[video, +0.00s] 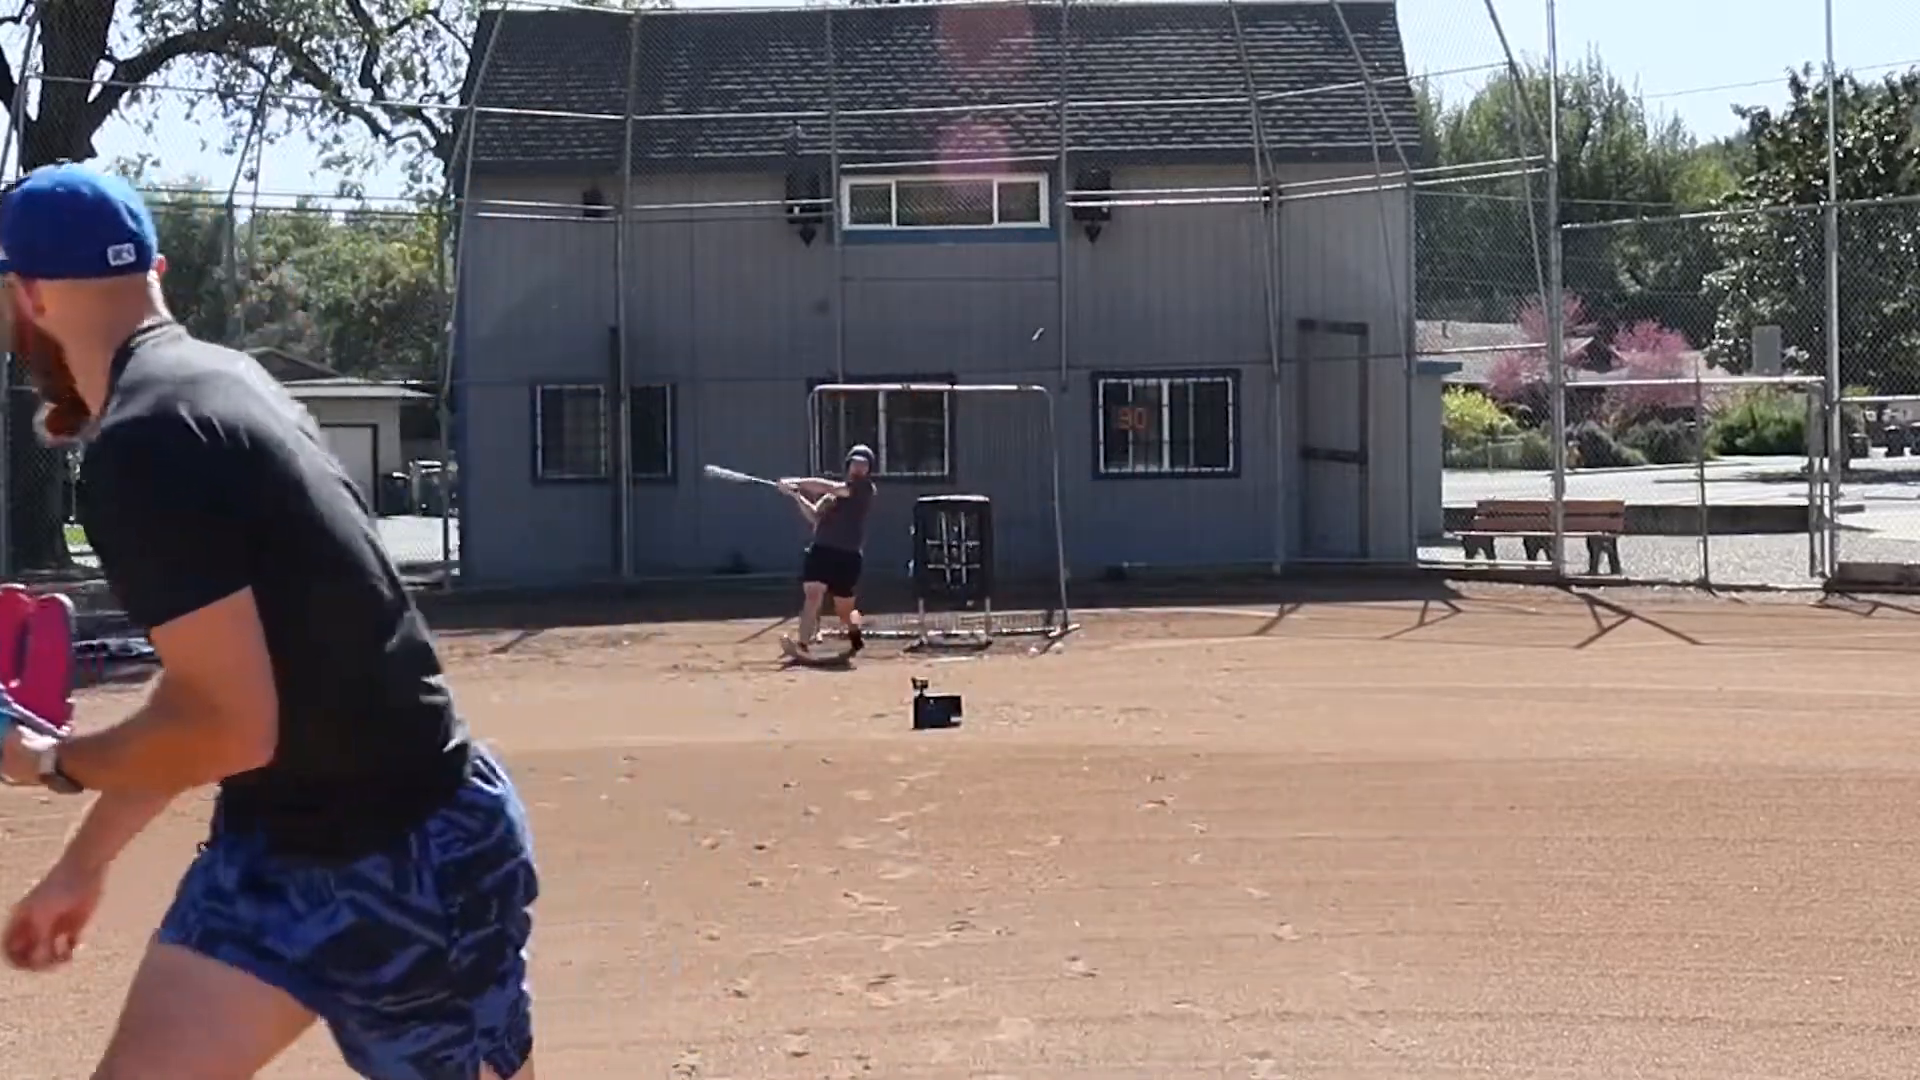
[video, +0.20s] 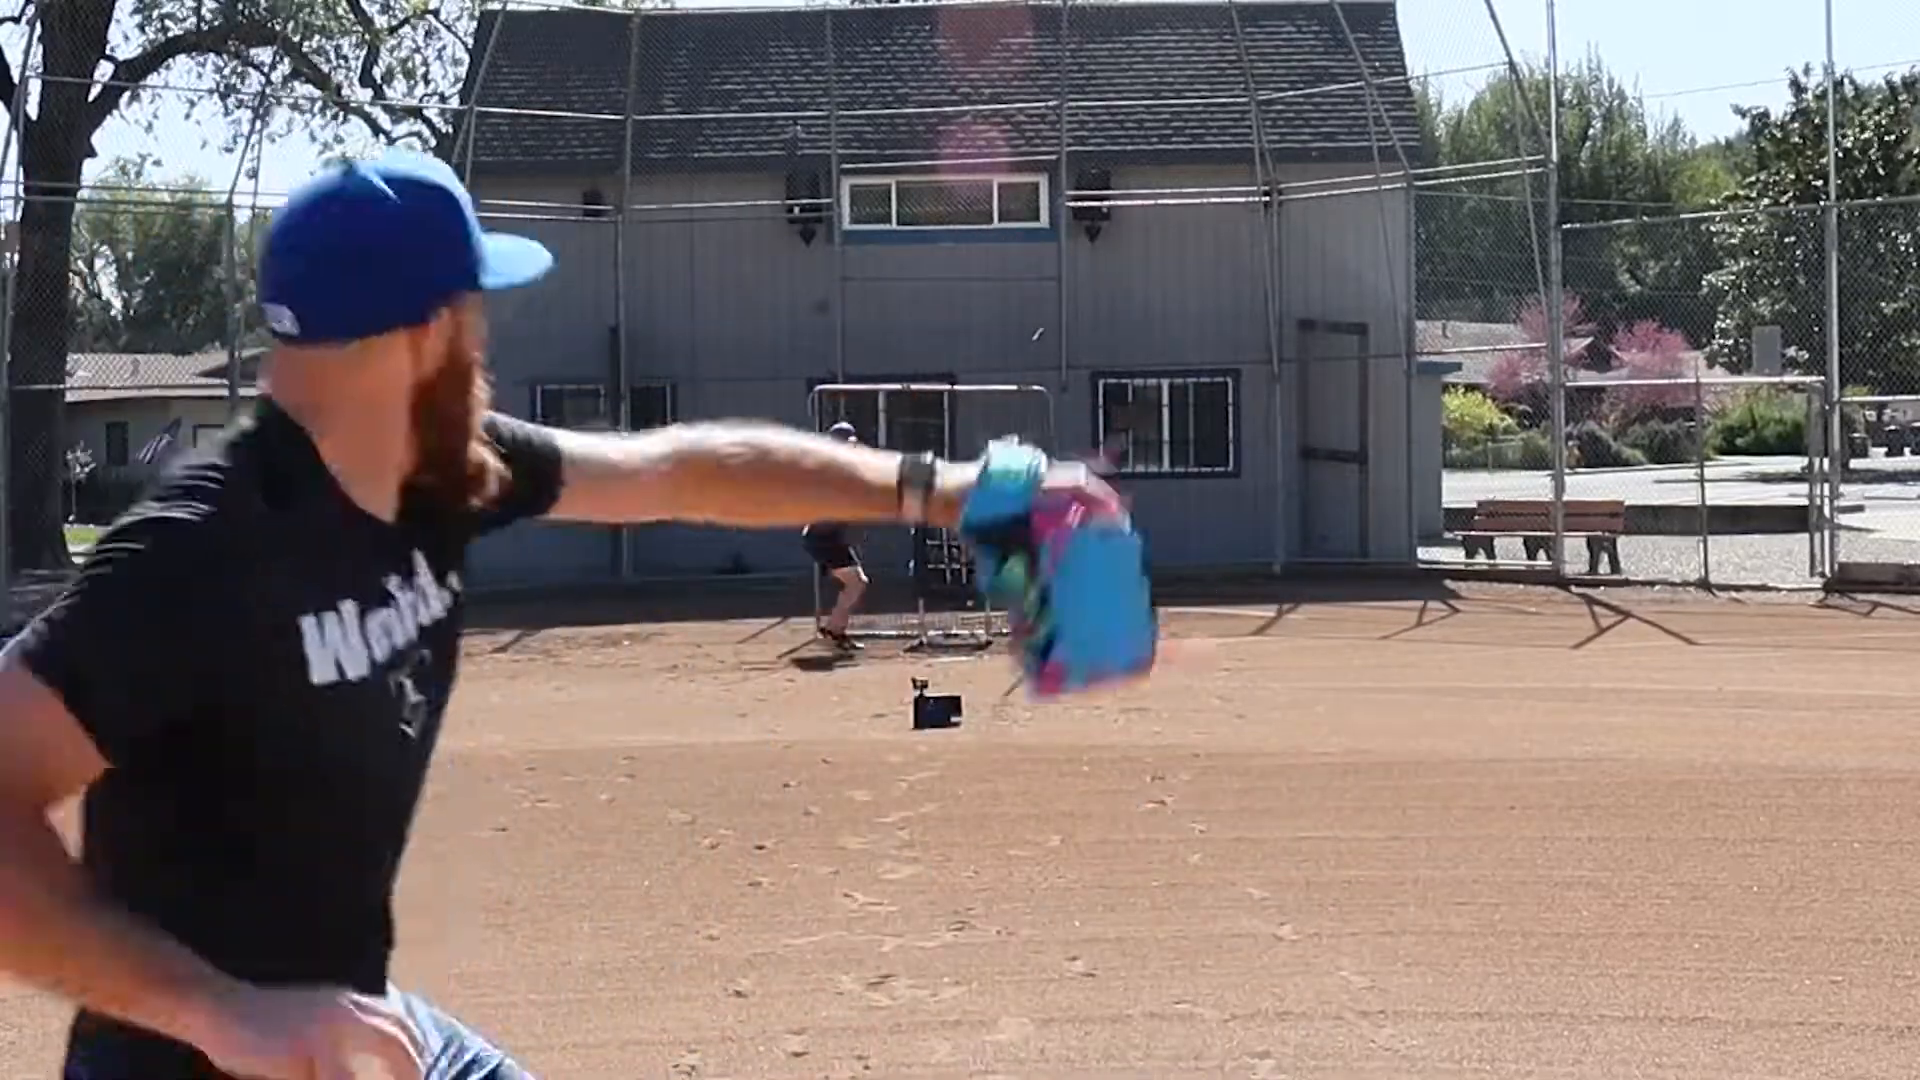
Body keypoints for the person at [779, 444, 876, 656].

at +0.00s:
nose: (858, 469)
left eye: (863, 465)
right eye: (855, 464)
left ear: (868, 469)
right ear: (848, 465)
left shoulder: (865, 489)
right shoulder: (836, 491)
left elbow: (830, 488)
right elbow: (815, 515)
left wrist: (797, 482)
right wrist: (795, 494)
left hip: (847, 553)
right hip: (822, 548)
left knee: (845, 610)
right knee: (813, 595)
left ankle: (854, 631)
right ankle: (803, 643)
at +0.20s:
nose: (853, 448)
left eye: (853, 444)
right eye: (849, 443)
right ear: (839, 444)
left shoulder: (844, 475)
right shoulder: (828, 474)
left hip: (830, 532)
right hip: (824, 533)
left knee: (855, 581)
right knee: (856, 581)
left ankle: (837, 627)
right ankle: (834, 626)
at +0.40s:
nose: (857, 451)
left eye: (858, 447)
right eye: (853, 447)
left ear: (842, 448)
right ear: (842, 448)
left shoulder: (832, 466)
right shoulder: (844, 469)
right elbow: (873, 493)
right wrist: (874, 474)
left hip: (815, 534)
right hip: (825, 536)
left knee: (852, 582)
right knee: (867, 566)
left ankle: (840, 632)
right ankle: (839, 614)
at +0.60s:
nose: (858, 457)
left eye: (860, 452)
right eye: (852, 452)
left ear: (862, 453)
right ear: (842, 453)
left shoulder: (838, 470)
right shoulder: (842, 473)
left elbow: (865, 500)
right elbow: (869, 498)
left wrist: (866, 480)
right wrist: (867, 480)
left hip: (816, 537)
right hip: (821, 536)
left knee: (850, 584)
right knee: (861, 573)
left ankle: (837, 632)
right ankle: (837, 619)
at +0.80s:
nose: (858, 465)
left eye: (860, 460)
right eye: (854, 460)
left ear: (858, 460)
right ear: (843, 460)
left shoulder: (828, 477)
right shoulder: (846, 480)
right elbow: (870, 505)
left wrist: (857, 483)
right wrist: (862, 483)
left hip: (826, 546)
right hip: (817, 546)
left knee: (855, 591)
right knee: (837, 598)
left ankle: (837, 635)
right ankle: (814, 643)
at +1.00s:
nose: (852, 458)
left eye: (853, 453)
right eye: (848, 453)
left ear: (843, 455)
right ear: (836, 455)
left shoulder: (821, 475)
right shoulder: (838, 479)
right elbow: (862, 509)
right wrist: (860, 491)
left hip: (825, 545)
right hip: (818, 546)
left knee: (851, 592)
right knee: (840, 600)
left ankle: (837, 636)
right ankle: (812, 645)